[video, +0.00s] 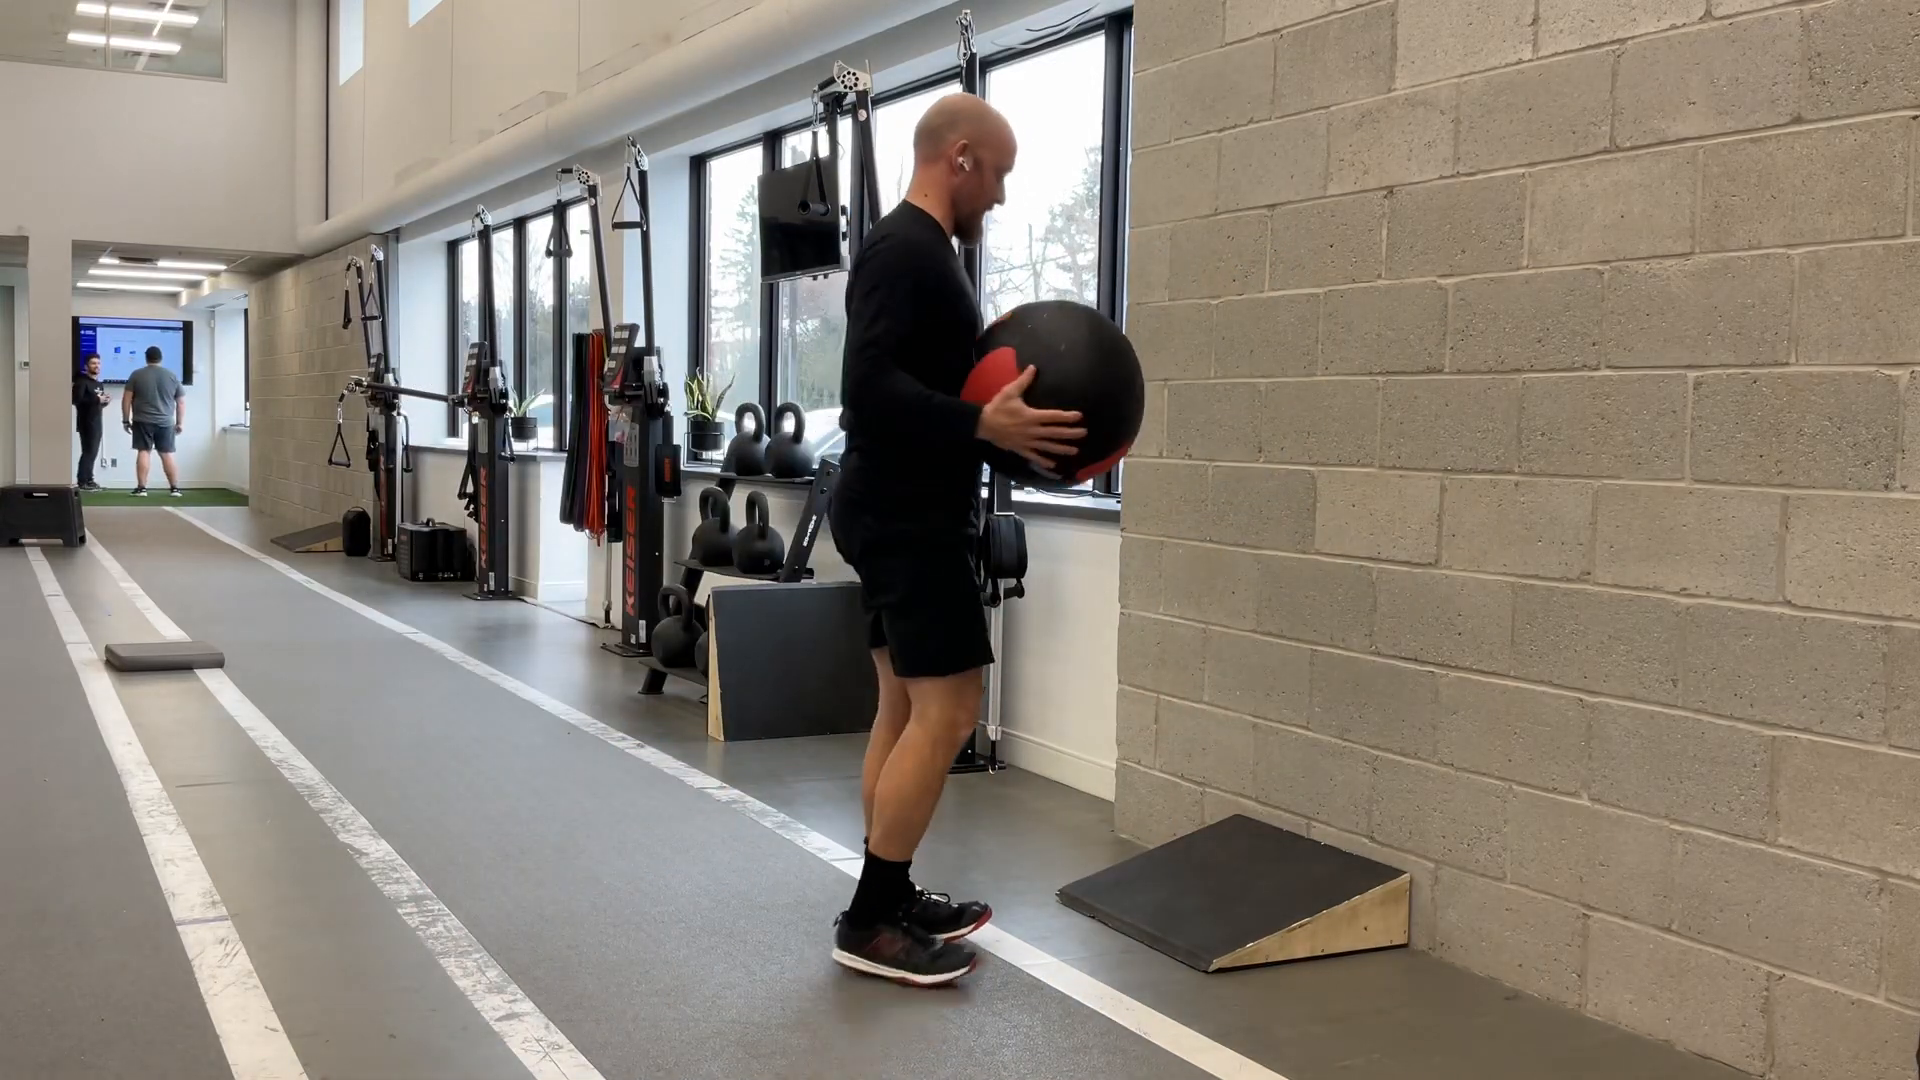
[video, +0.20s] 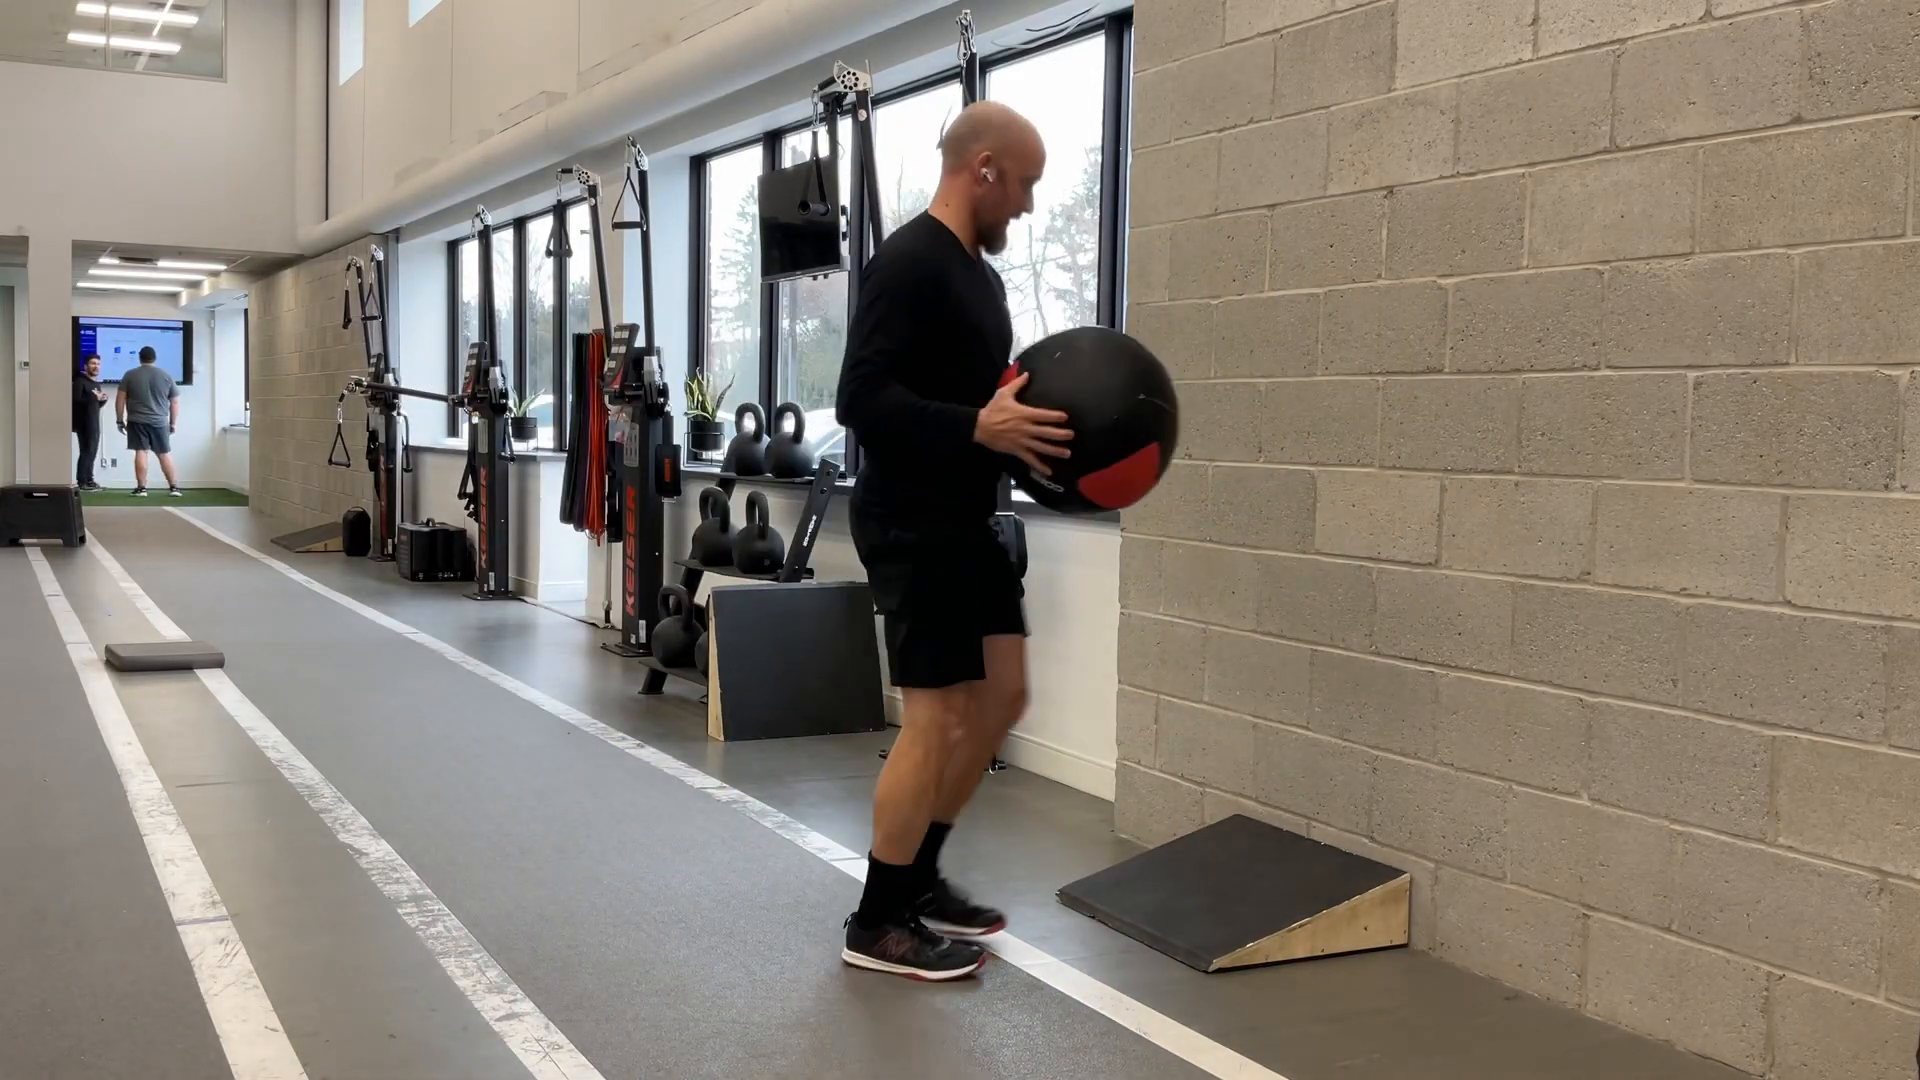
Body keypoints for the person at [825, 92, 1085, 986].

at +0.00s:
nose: (1000, 194)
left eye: (1003, 177)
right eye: (997, 174)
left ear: (948, 160)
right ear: (956, 162)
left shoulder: (926, 249)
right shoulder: (905, 250)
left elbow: (948, 382)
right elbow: (872, 390)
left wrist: (1053, 424)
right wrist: (981, 420)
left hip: (902, 507)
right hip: (908, 512)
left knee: (903, 708)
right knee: (948, 710)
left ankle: (891, 896)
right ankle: (870, 920)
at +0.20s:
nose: (1027, 206)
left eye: (1031, 190)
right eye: (1025, 188)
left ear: (979, 173)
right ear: (982, 172)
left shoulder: (977, 274)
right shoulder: (908, 263)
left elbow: (987, 400)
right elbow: (860, 403)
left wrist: (1073, 450)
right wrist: (976, 424)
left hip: (969, 523)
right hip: (913, 527)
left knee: (999, 696)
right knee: (935, 720)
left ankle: (917, 877)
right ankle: (877, 921)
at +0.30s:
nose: (1045, 210)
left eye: (1049, 194)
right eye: (1043, 192)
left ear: (997, 178)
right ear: (998, 177)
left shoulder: (1005, 282)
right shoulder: (914, 267)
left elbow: (1009, 404)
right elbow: (890, 419)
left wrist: (1100, 438)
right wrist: (1005, 410)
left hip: (988, 519)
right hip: (919, 527)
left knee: (1053, 685)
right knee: (943, 721)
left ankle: (978, 855)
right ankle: (879, 919)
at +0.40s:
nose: (1072, 215)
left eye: (1077, 199)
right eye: (1069, 197)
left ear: (1024, 185)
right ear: (1021, 183)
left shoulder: (1035, 284)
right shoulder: (939, 274)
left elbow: (1041, 406)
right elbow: (931, 409)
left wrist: (1130, 453)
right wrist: (1053, 407)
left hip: (1013, 513)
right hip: (938, 522)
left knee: (1093, 674)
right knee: (951, 720)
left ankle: (1071, 842)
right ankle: (883, 917)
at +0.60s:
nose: (1163, 241)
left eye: (1168, 226)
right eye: (1156, 224)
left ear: (1116, 213)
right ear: (1103, 208)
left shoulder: (1116, 305)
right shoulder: (1025, 291)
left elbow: (1091, 421)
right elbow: (1028, 422)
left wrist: (1161, 452)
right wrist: (1135, 421)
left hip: (1079, 519)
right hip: (999, 527)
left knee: (1141, 674)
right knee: (997, 710)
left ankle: (1143, 842)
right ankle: (900, 901)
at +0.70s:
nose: (1204, 274)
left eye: (1212, 258)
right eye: (1197, 255)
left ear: (1166, 239)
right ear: (1146, 232)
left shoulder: (1155, 315)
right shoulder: (1070, 309)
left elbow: (1133, 426)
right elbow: (1077, 440)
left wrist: (1202, 466)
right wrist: (1173, 428)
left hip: (1103, 508)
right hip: (1028, 512)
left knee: (1164, 672)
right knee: (1068, 692)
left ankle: (1143, 845)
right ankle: (956, 873)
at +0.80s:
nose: (1232, 304)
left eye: (1241, 290)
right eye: (1224, 287)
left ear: (1196, 268)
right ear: (1178, 261)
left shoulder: (1187, 324)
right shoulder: (1102, 332)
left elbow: (1158, 432)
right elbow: (1120, 468)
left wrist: (1224, 447)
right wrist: (1209, 439)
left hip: (1118, 510)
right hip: (1043, 512)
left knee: (1178, 674)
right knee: (1121, 672)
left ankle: (1144, 845)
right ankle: (1040, 849)